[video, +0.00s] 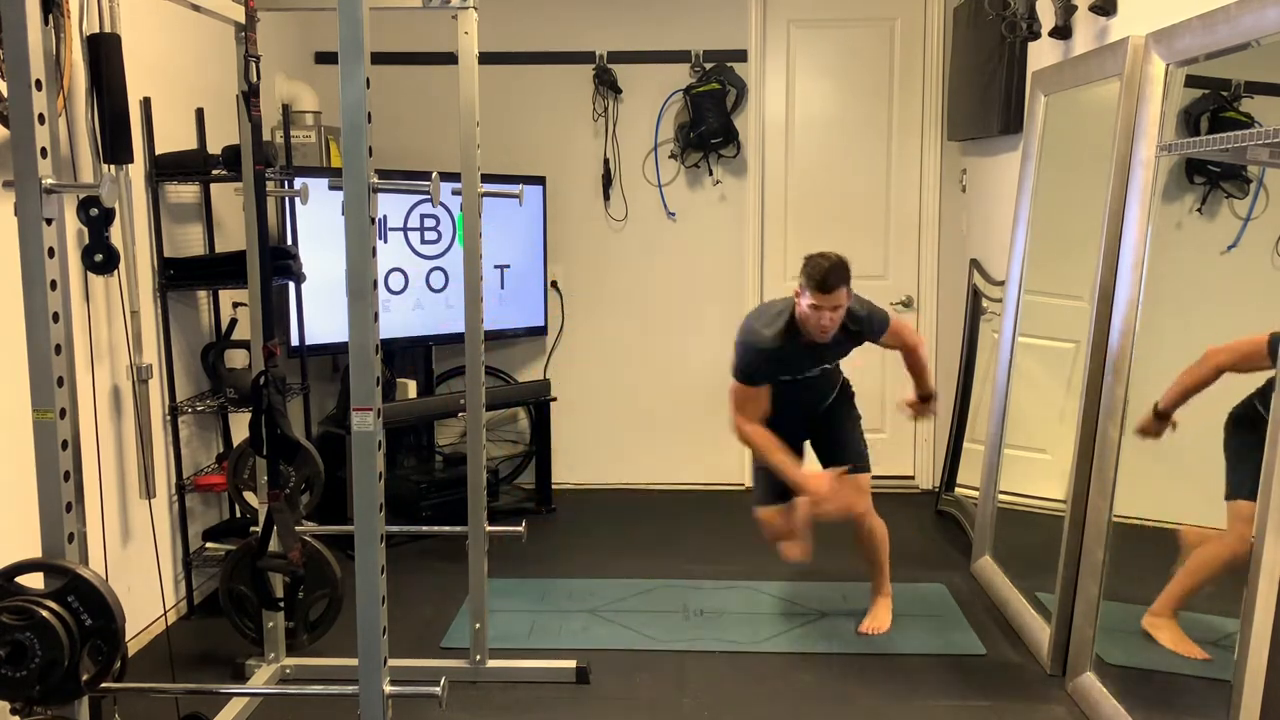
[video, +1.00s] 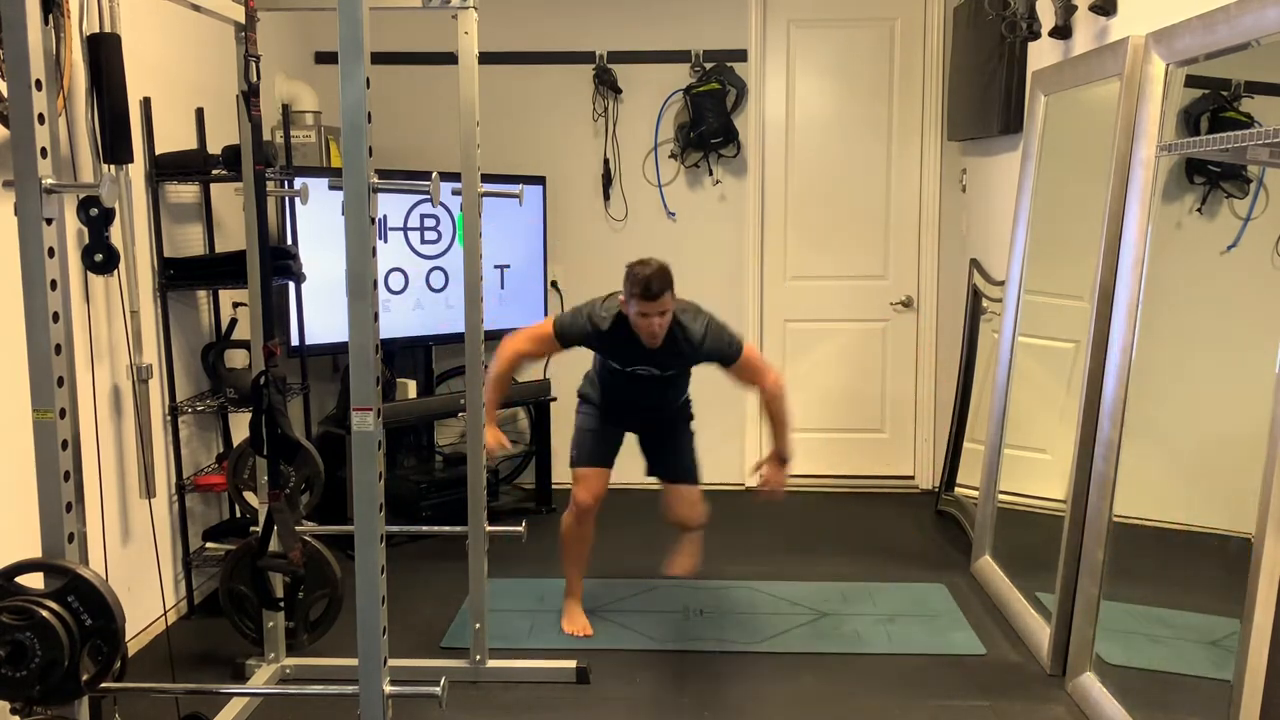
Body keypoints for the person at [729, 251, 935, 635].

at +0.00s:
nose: (826, 320)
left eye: (836, 309)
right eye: (816, 308)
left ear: (847, 299)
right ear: (798, 297)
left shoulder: (859, 318)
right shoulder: (760, 337)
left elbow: (911, 342)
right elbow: (747, 422)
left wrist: (925, 395)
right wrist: (804, 480)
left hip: (829, 400)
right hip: (774, 411)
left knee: (860, 506)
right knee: (772, 522)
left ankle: (882, 595)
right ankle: (801, 514)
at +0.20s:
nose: (763, 294)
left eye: (772, 285)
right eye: (753, 284)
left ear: (783, 274)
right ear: (735, 271)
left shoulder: (801, 303)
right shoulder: (699, 284)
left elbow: (872, 363)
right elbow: (636, 304)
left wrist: (888, 445)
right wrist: (591, 322)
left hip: (767, 392)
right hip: (700, 387)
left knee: (814, 491)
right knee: (656, 482)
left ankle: (870, 585)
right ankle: (611, 571)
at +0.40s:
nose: (672, 309)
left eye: (682, 300)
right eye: (664, 298)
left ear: (698, 290)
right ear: (651, 285)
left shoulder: (714, 329)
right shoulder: (631, 277)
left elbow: (723, 426)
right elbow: (582, 240)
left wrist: (647, 455)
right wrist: (530, 213)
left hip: (683, 401)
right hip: (631, 386)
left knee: (684, 506)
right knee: (602, 490)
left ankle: (659, 508)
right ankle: (577, 597)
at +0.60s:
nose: (632, 336)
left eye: (642, 326)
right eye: (623, 325)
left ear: (659, 314)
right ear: (612, 309)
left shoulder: (670, 362)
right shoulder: (607, 293)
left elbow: (591, 419)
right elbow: (561, 264)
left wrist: (541, 371)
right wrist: (511, 248)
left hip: (638, 425)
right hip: (598, 392)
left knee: (561, 475)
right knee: (581, 495)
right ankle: (574, 598)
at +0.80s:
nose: (631, 342)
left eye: (641, 332)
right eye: (622, 332)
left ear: (655, 320)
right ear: (606, 316)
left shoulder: (673, 357)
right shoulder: (594, 303)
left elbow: (641, 455)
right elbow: (536, 282)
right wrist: (472, 289)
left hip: (631, 430)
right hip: (588, 403)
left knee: (583, 507)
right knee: (575, 496)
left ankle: (518, 536)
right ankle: (572, 599)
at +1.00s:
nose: (657, 324)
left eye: (664, 313)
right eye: (646, 315)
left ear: (673, 302)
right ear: (625, 304)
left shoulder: (697, 328)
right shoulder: (598, 319)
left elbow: (770, 381)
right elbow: (513, 347)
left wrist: (780, 454)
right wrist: (489, 419)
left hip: (666, 411)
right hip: (604, 407)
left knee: (687, 514)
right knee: (585, 501)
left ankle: (692, 530)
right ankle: (573, 601)